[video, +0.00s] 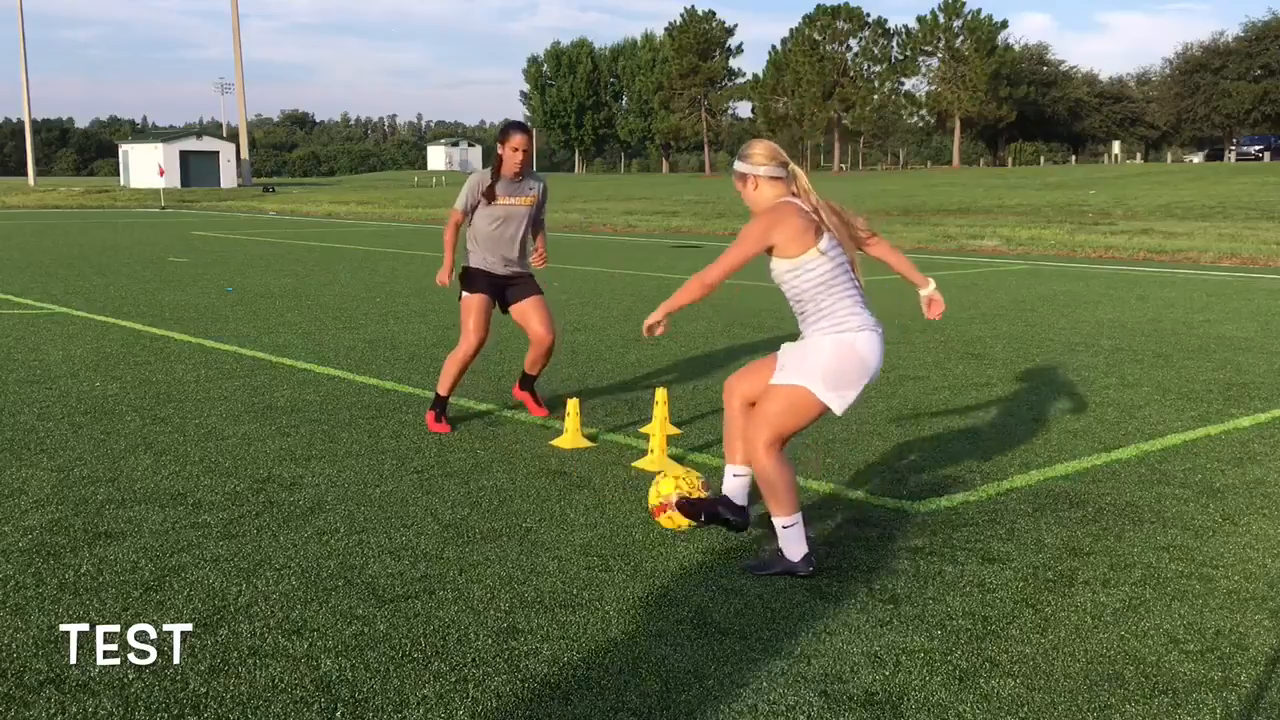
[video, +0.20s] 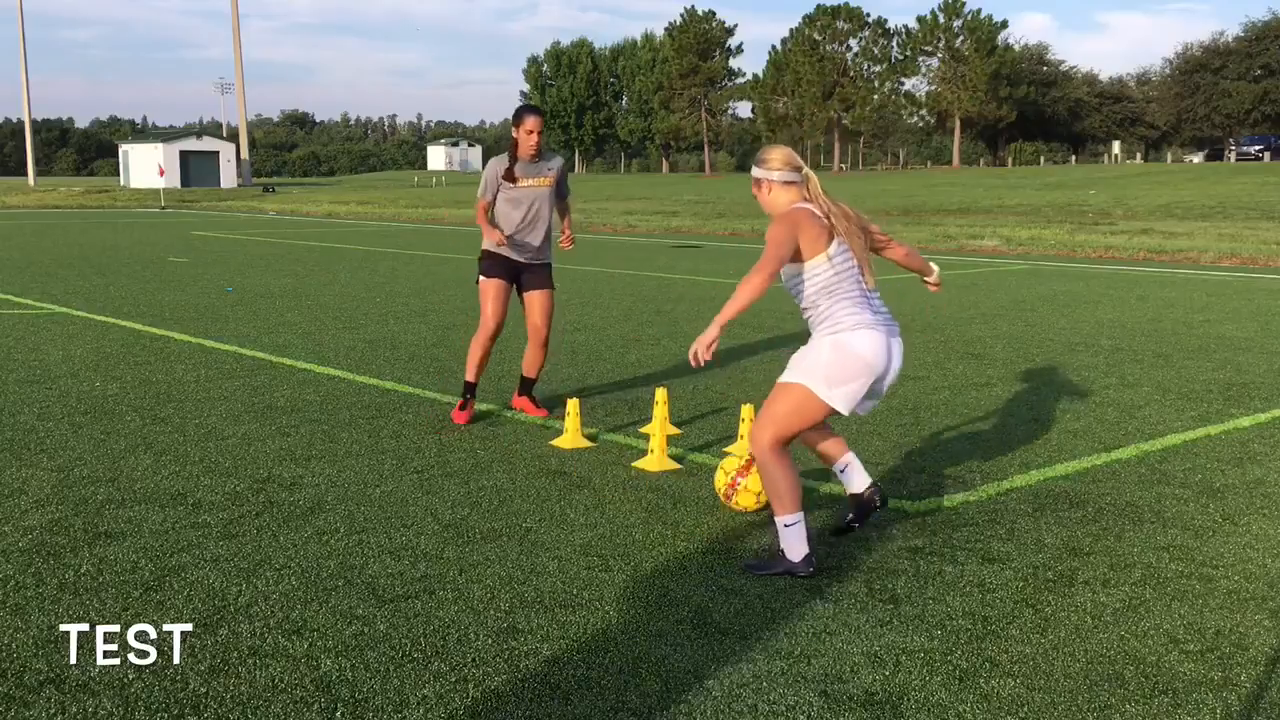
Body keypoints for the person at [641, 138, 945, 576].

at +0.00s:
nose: (741, 194)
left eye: (740, 185)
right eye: (740, 186)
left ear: (751, 180)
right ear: (782, 178)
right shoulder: (819, 210)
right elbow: (876, 245)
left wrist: (665, 309)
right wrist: (924, 283)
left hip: (842, 345)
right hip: (842, 340)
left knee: (762, 437)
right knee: (738, 390)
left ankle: (795, 554)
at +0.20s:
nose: (756, 196)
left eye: (755, 188)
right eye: (755, 189)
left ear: (767, 186)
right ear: (799, 181)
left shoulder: (789, 220)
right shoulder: (836, 213)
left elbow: (761, 277)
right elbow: (893, 248)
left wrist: (715, 327)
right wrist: (928, 271)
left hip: (845, 343)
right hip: (882, 341)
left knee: (765, 437)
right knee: (803, 418)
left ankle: (795, 554)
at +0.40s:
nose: (823, 162)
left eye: (823, 156)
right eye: (824, 156)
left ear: (830, 156)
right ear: (868, 156)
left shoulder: (828, 202)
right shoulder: (902, 195)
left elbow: (856, 254)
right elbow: (946, 240)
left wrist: (889, 306)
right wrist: (958, 248)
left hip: (849, 322)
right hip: (908, 317)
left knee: (815, 433)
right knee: (912, 427)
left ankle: (798, 531)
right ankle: (938, 508)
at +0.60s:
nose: (874, 161)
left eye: (876, 156)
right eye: (876, 155)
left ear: (886, 159)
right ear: (914, 158)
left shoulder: (875, 197)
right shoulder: (933, 196)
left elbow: (865, 256)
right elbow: (937, 252)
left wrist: (841, 309)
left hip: (883, 314)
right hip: (935, 313)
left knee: (886, 394)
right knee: (935, 421)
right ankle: (940, 503)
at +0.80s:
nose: (879, 153)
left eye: (880, 147)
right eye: (880, 147)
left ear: (886, 149)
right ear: (915, 148)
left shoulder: (873, 186)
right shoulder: (937, 185)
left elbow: (859, 238)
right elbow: (956, 233)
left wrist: (850, 286)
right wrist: (920, 221)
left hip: (894, 301)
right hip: (944, 295)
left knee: (914, 380)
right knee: (958, 372)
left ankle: (953, 460)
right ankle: (981, 428)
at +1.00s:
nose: (877, 177)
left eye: (877, 172)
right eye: (878, 172)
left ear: (882, 172)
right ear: (911, 171)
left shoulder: (872, 206)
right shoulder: (933, 203)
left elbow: (857, 257)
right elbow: (965, 255)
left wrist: (847, 304)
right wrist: (992, 286)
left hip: (896, 314)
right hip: (939, 309)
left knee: (897, 375)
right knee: (927, 353)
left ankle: (934, 443)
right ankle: (954, 415)